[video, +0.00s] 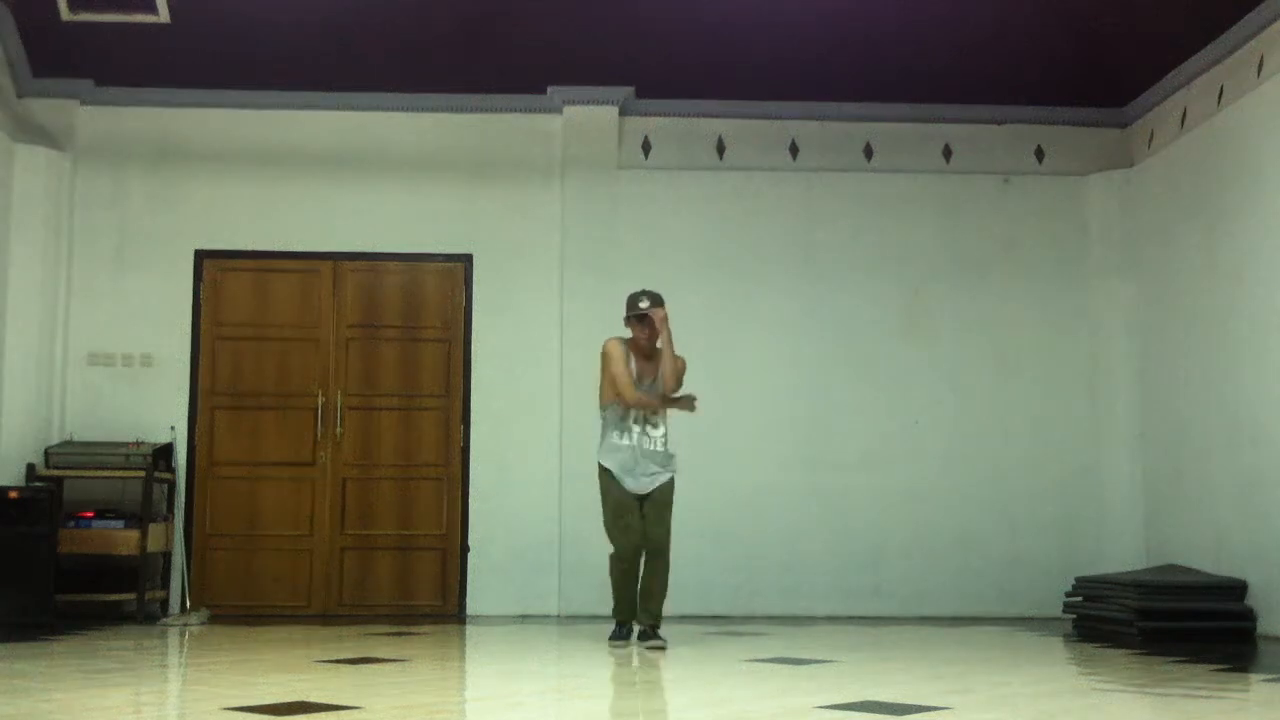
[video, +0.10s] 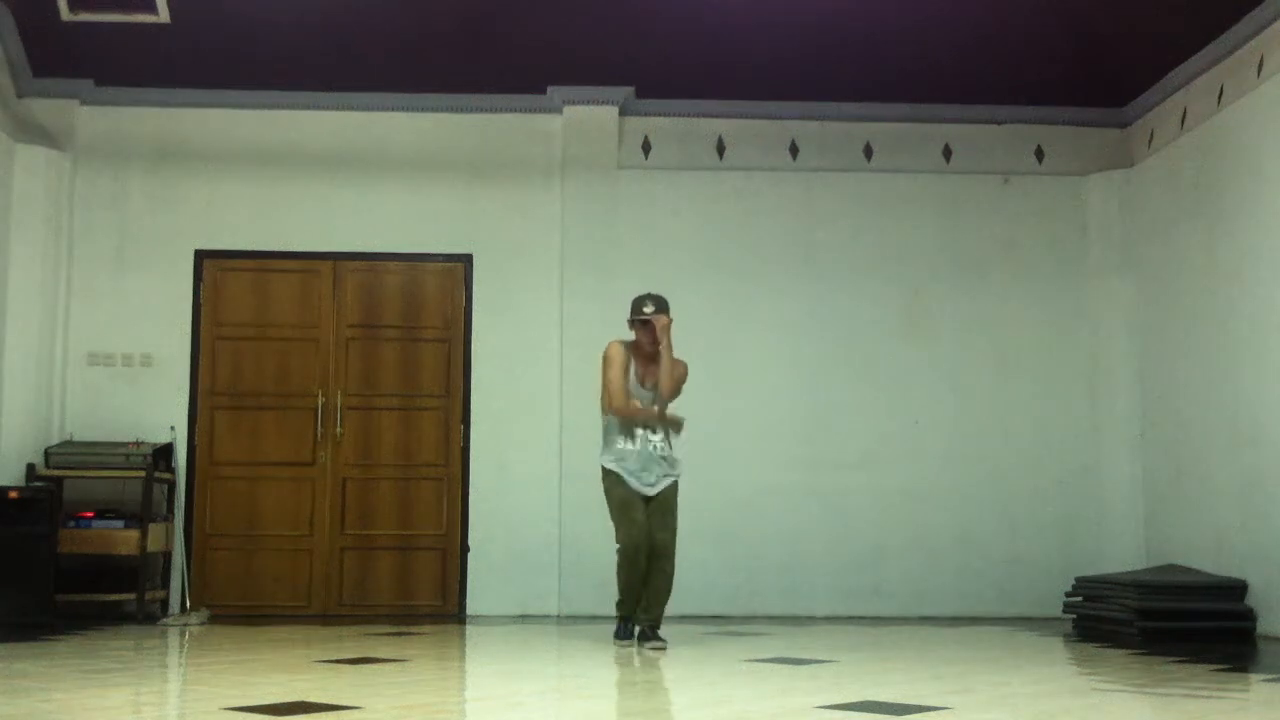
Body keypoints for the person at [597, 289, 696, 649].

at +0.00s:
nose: (644, 327)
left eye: (650, 320)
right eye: (638, 320)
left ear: (660, 324)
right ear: (628, 323)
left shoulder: (673, 362)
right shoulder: (615, 348)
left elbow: (666, 386)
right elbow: (628, 397)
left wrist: (666, 332)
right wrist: (674, 403)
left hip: (658, 466)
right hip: (617, 465)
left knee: (658, 546)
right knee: (627, 545)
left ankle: (649, 625)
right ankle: (623, 621)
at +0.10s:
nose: (644, 331)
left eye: (651, 325)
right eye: (639, 325)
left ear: (664, 327)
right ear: (631, 326)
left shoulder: (677, 367)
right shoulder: (618, 351)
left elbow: (665, 394)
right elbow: (617, 407)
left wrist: (666, 342)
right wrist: (660, 418)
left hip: (661, 468)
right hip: (620, 465)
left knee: (663, 545)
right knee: (634, 540)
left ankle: (649, 625)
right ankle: (626, 616)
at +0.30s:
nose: (646, 330)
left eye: (652, 324)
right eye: (640, 324)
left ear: (667, 323)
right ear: (630, 324)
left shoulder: (680, 358)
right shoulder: (614, 357)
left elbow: (666, 392)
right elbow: (588, 409)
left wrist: (659, 346)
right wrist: (589, 458)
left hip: (663, 466)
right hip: (621, 465)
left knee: (659, 546)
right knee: (626, 541)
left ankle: (651, 625)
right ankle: (631, 617)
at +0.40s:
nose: (639, 326)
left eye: (646, 319)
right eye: (633, 320)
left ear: (662, 319)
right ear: (625, 321)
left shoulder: (679, 352)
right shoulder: (611, 355)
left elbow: (666, 391)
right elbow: (573, 399)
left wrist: (657, 342)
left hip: (664, 464)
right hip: (622, 462)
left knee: (658, 545)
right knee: (625, 539)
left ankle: (650, 626)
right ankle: (627, 620)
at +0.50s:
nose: (635, 323)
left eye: (641, 316)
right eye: (629, 317)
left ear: (655, 316)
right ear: (621, 318)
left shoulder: (675, 347)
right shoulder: (608, 352)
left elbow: (666, 387)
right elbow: (559, 386)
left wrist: (654, 334)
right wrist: (507, 414)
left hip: (664, 463)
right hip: (621, 462)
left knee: (657, 545)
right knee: (624, 543)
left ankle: (650, 627)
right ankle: (624, 627)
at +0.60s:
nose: (631, 324)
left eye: (637, 316)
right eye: (624, 318)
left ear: (651, 317)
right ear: (617, 321)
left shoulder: (671, 350)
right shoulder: (605, 358)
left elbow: (663, 389)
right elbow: (554, 385)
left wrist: (651, 336)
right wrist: (499, 395)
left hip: (660, 469)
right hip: (616, 468)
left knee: (654, 547)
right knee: (618, 546)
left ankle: (649, 624)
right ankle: (623, 627)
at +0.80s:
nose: (621, 330)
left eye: (627, 322)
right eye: (616, 324)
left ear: (645, 322)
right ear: (610, 327)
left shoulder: (667, 353)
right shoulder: (602, 363)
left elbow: (657, 394)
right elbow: (558, 398)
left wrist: (642, 342)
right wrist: (507, 404)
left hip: (656, 472)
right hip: (613, 471)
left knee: (647, 545)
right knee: (611, 549)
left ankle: (649, 614)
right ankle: (623, 626)